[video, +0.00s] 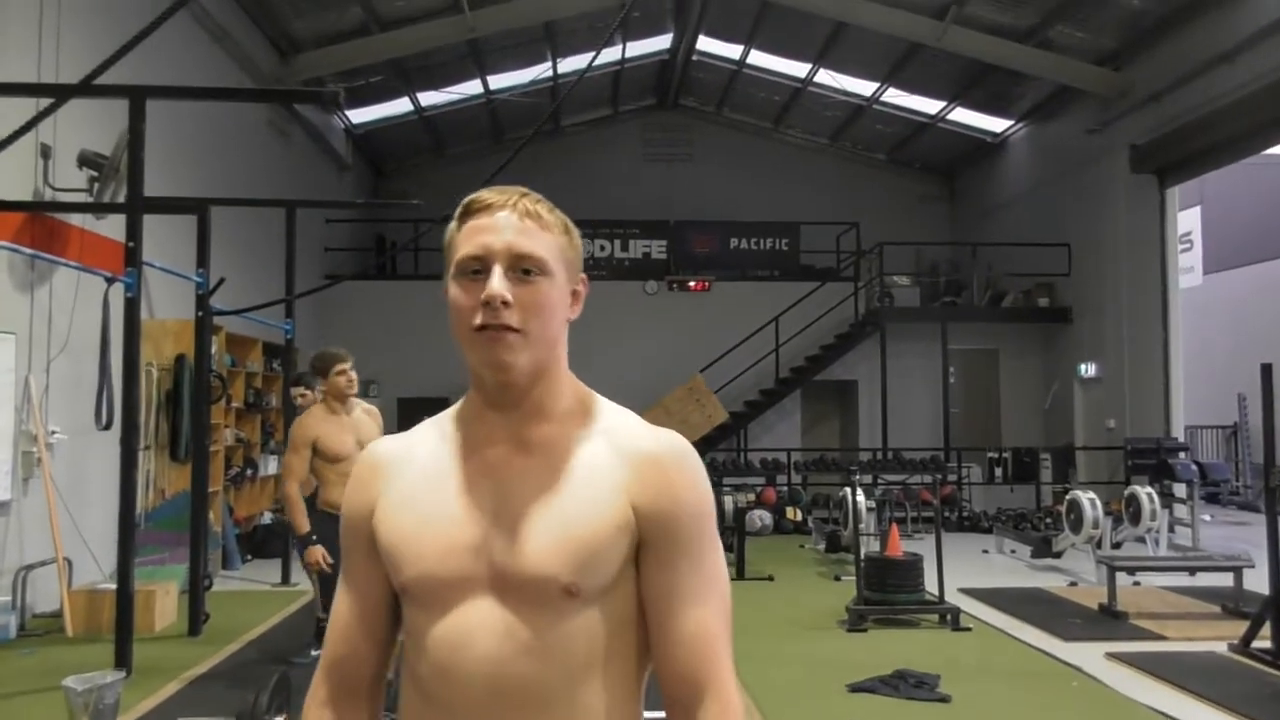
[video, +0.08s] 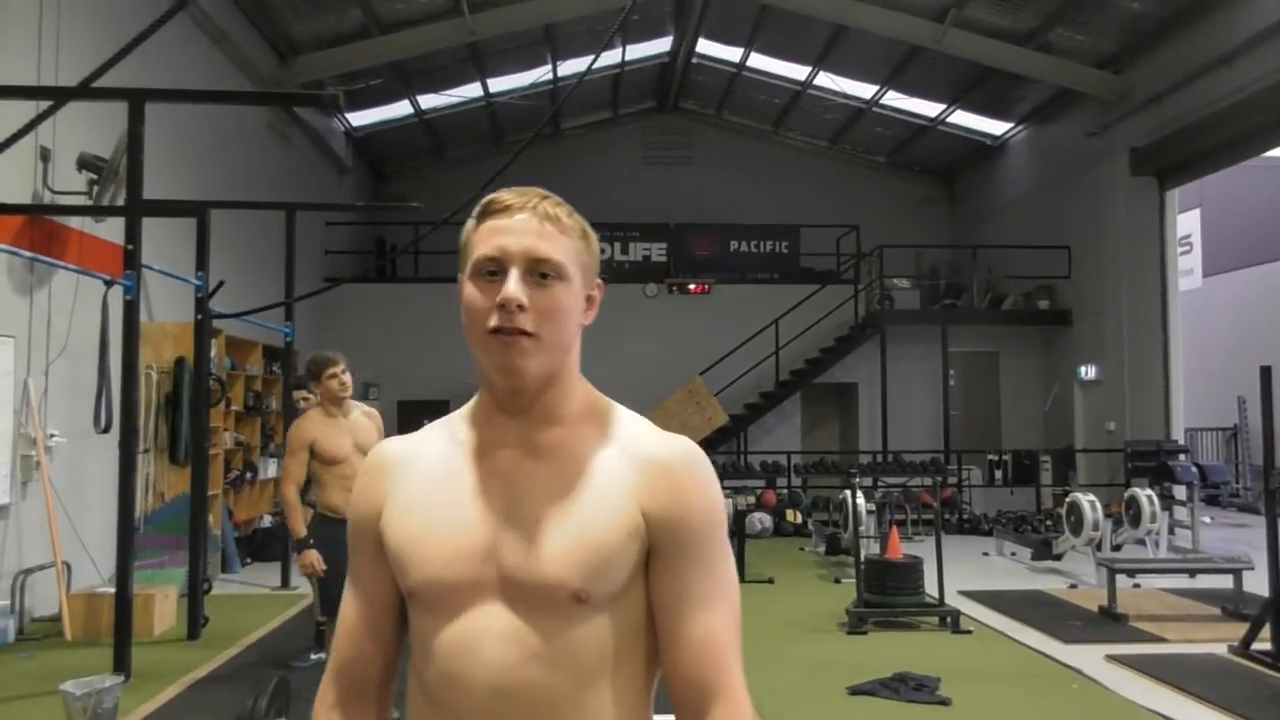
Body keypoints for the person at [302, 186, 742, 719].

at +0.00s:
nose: (495, 293)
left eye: (526, 271)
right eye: (472, 271)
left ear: (574, 299)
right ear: (447, 298)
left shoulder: (656, 467)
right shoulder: (384, 471)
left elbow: (706, 703)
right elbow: (340, 699)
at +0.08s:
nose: (510, 296)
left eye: (543, 275)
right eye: (489, 273)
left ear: (589, 304)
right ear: (461, 296)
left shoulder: (667, 472)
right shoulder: (393, 471)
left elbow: (714, 701)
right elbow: (349, 697)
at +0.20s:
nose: (535, 299)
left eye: (568, 279)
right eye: (516, 273)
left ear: (612, 310)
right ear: (484, 293)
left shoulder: (684, 473)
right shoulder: (406, 470)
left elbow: (735, 704)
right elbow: (360, 697)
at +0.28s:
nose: (551, 299)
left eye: (584, 280)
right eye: (532, 273)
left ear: (627, 312)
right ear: (499, 291)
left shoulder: (697, 476)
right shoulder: (416, 469)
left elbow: (749, 706)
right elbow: (365, 700)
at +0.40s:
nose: (574, 301)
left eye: (607, 285)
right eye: (554, 274)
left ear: (648, 319)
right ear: (519, 295)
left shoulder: (716, 481)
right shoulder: (431, 472)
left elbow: (770, 709)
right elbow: (375, 700)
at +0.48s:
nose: (589, 301)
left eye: (623, 285)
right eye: (569, 274)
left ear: (661, 321)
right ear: (532, 294)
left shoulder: (728, 486)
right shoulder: (439, 475)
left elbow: (785, 710)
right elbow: (382, 703)